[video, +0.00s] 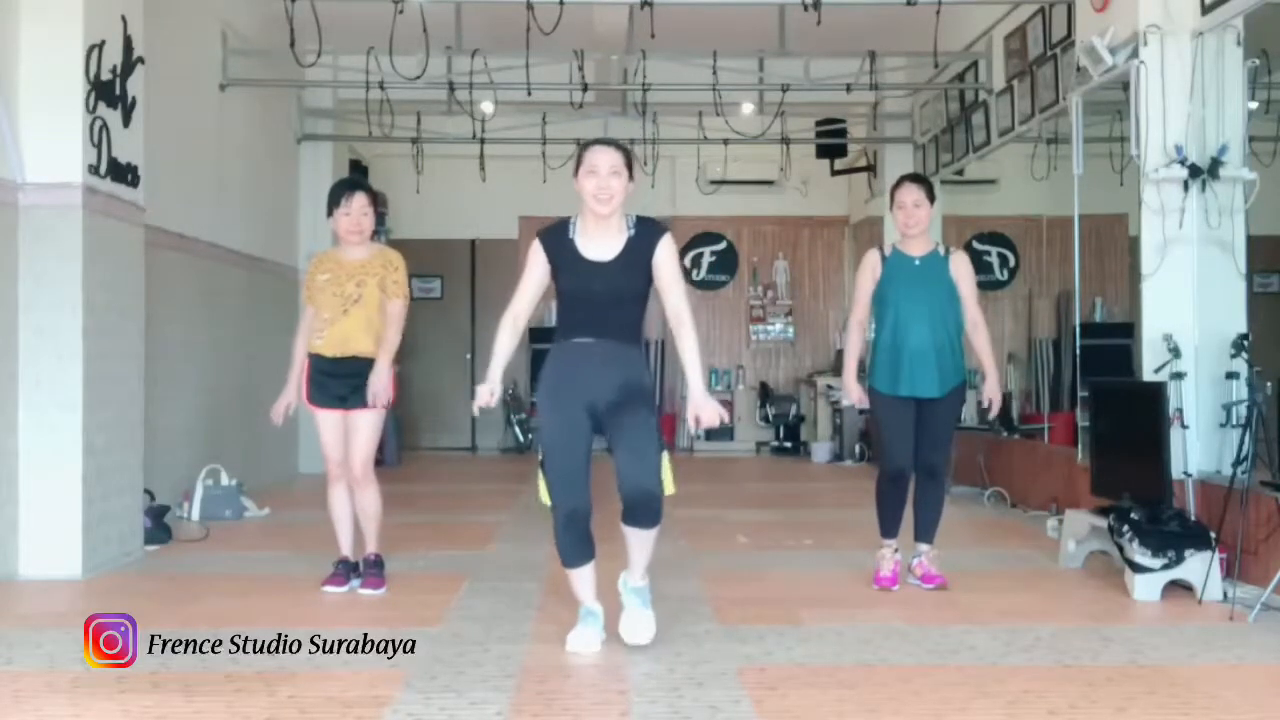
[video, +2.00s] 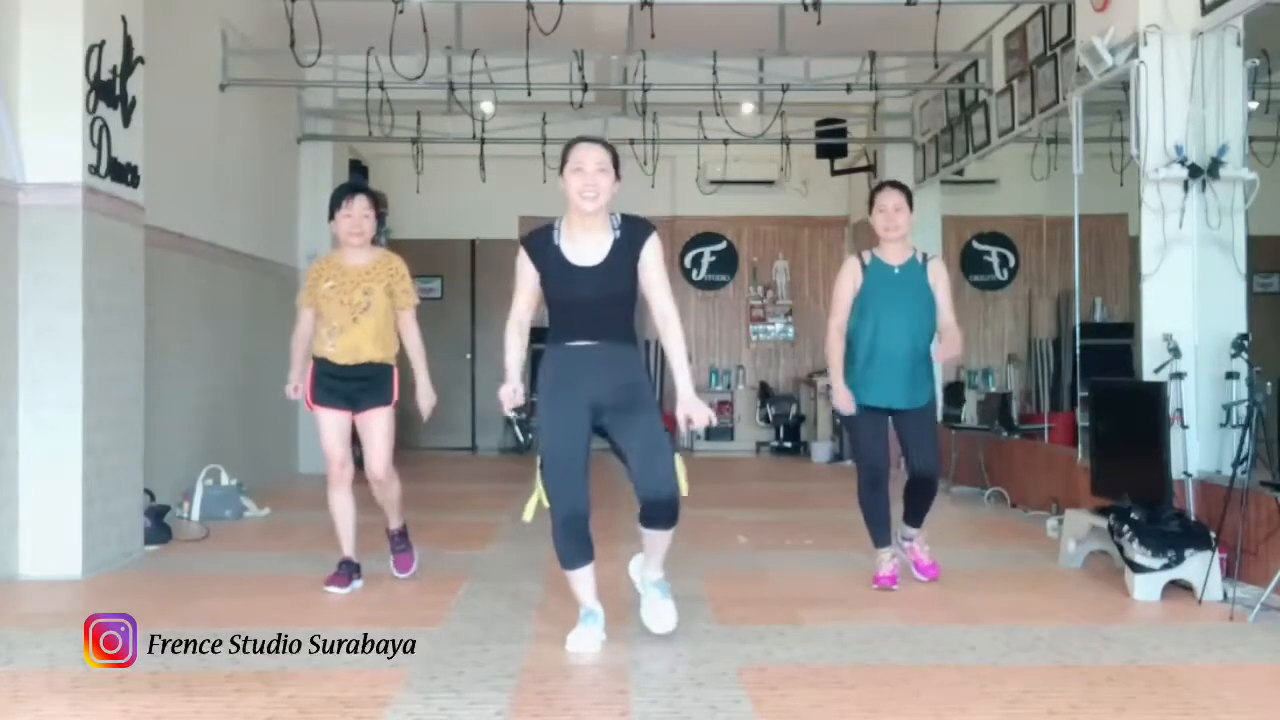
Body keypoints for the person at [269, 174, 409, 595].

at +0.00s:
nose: (356, 220)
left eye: (365, 212)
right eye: (347, 212)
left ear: (376, 218)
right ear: (331, 219)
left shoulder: (390, 262)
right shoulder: (320, 266)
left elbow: (395, 321)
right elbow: (306, 329)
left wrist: (383, 367)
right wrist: (292, 386)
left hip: (370, 368)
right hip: (324, 367)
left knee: (360, 468)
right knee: (335, 468)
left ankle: (372, 558)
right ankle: (346, 560)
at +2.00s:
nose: (356, 223)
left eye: (365, 215)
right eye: (347, 215)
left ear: (376, 222)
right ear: (333, 221)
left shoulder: (391, 266)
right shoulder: (320, 270)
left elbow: (408, 326)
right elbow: (305, 324)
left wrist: (423, 382)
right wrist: (297, 370)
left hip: (376, 373)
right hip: (327, 373)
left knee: (378, 470)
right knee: (338, 470)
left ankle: (397, 532)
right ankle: (348, 560)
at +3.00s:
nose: (361, 220)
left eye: (370, 212)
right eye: (352, 212)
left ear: (382, 219)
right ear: (340, 220)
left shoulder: (399, 262)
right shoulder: (326, 269)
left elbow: (414, 319)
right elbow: (312, 332)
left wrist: (393, 332)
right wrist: (301, 388)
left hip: (387, 372)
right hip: (339, 372)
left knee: (391, 465)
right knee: (345, 469)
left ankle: (409, 532)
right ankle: (350, 561)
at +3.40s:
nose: (363, 215)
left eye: (372, 208)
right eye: (355, 207)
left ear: (385, 218)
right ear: (342, 216)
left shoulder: (399, 259)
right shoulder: (331, 263)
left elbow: (411, 317)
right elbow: (324, 319)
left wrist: (358, 295)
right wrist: (315, 366)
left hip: (391, 367)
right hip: (342, 367)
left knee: (396, 467)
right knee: (347, 468)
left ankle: (417, 540)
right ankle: (350, 559)